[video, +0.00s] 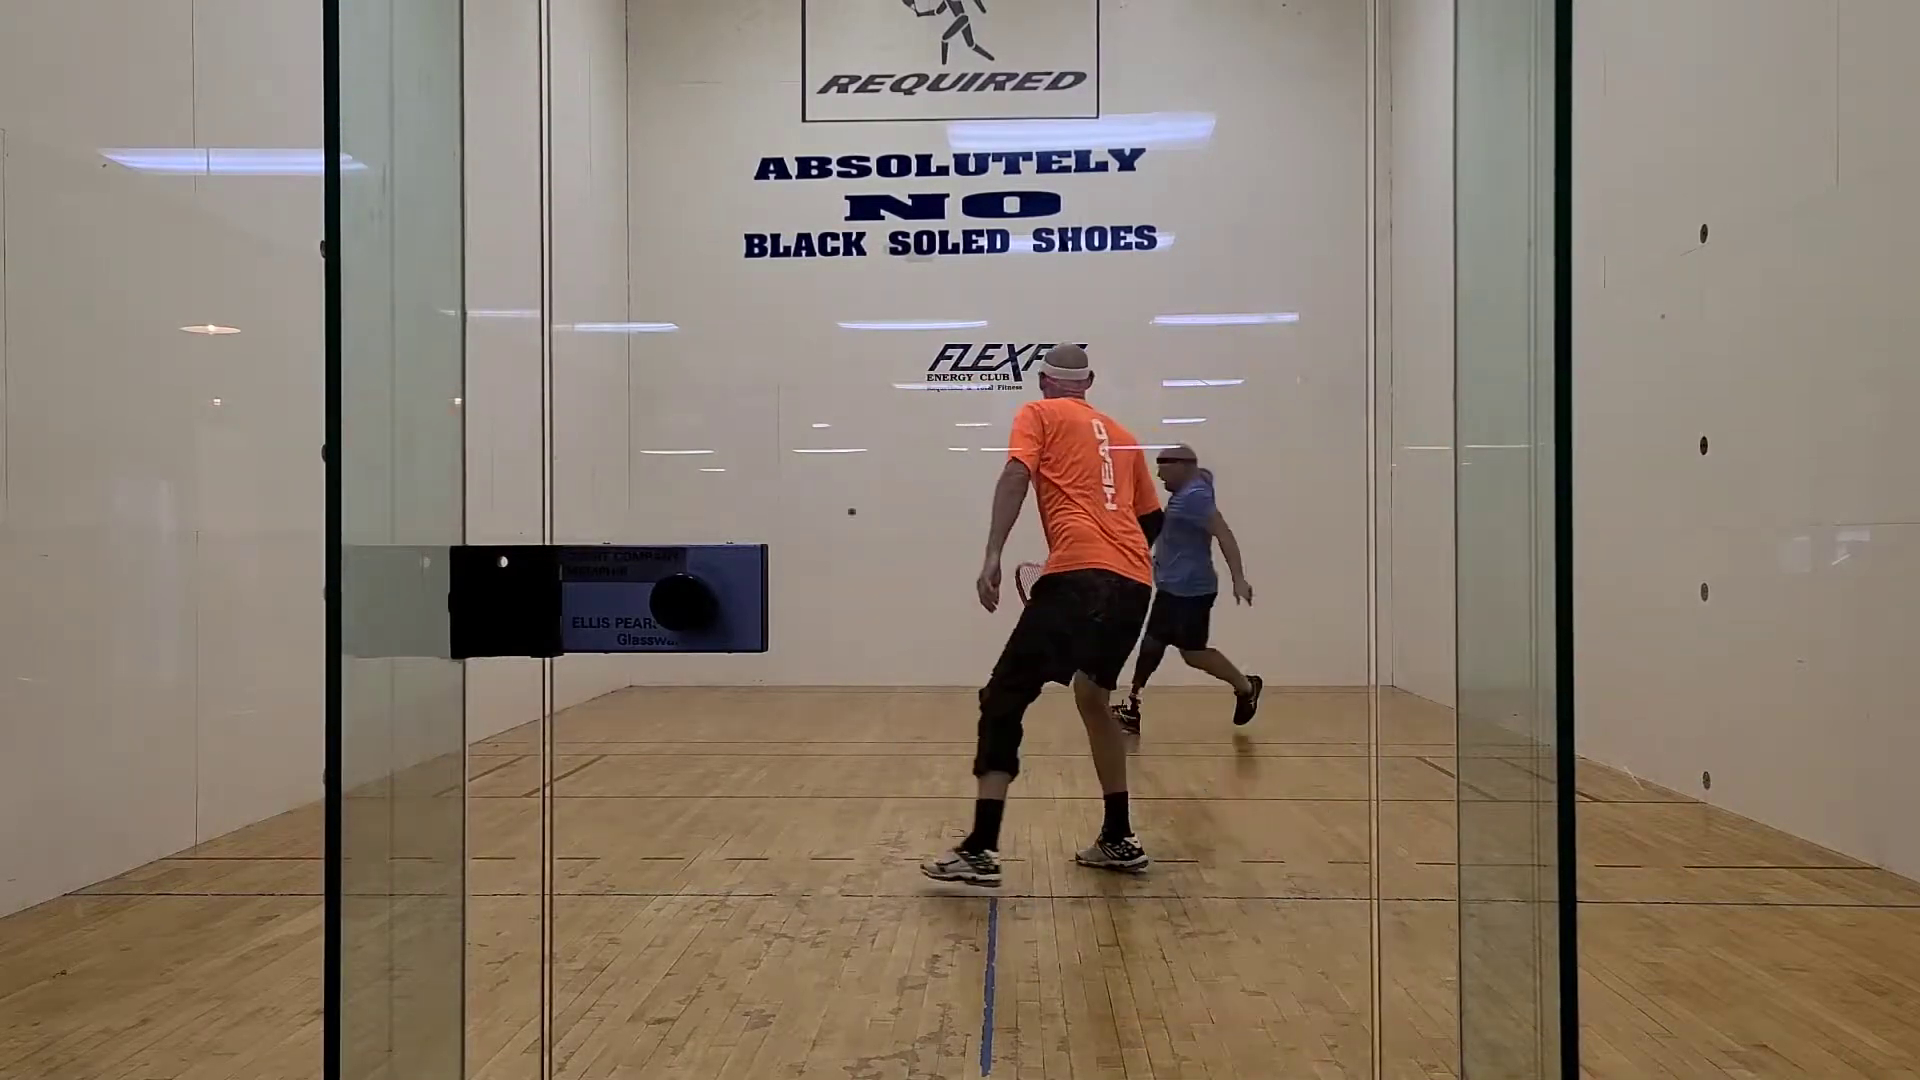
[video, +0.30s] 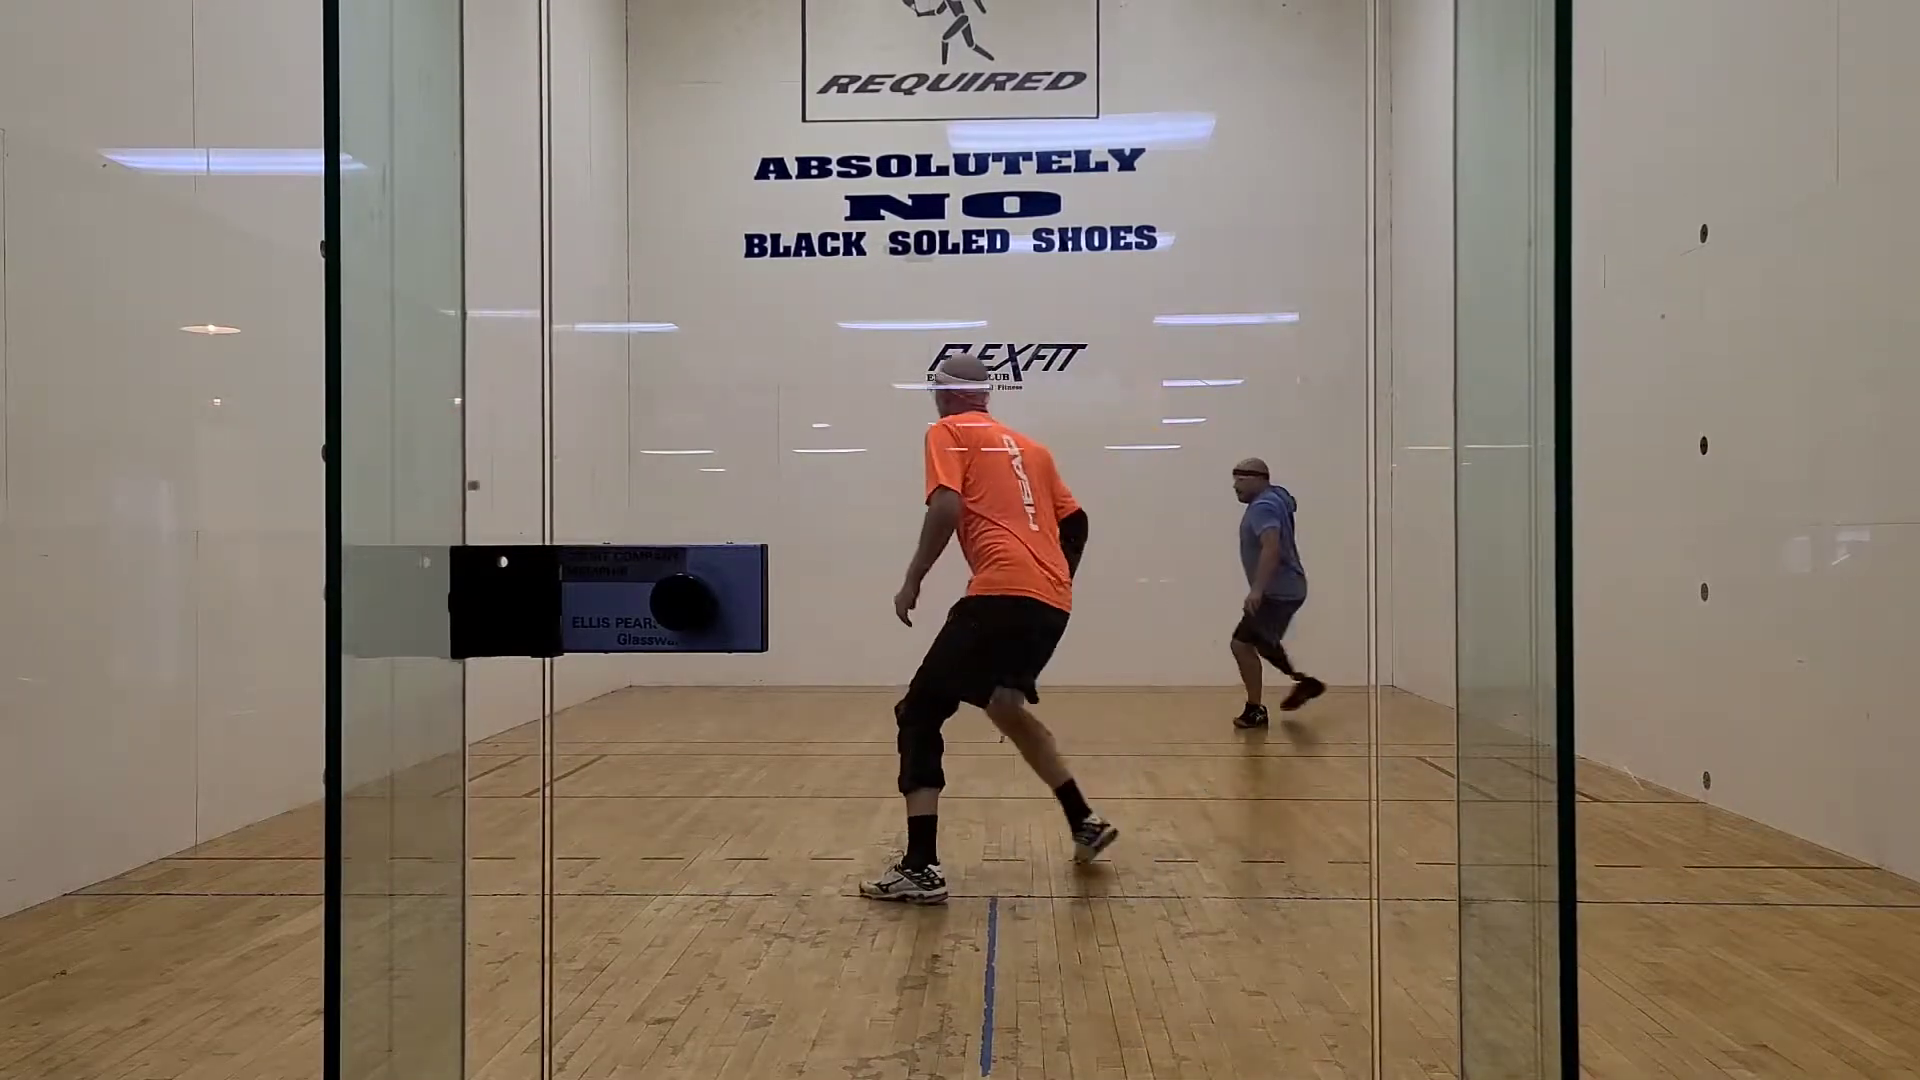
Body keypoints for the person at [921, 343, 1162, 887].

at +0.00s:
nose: (1042, 390)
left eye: (1042, 382)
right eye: (1048, 382)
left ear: (1044, 381)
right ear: (1088, 385)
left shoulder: (1039, 412)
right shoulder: (1123, 436)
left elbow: (1017, 474)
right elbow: (1152, 521)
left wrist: (992, 554)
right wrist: (1071, 561)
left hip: (1073, 578)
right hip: (1135, 586)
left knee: (1002, 701)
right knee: (1093, 694)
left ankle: (981, 849)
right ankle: (1120, 836)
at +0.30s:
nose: (937, 406)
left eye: (937, 396)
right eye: (940, 396)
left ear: (944, 396)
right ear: (986, 397)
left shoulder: (948, 431)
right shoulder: (1030, 447)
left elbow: (946, 508)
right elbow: (1075, 522)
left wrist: (913, 578)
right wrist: (1049, 590)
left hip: (997, 595)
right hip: (1052, 602)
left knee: (918, 714)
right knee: (1005, 703)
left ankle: (921, 866)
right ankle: (1084, 820)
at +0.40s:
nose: (892, 410)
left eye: (892, 398)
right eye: (892, 399)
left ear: (904, 393)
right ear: (942, 393)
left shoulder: (920, 428)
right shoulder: (991, 436)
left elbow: (934, 508)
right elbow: (1043, 508)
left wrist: (889, 578)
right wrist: (1003, 572)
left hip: (992, 591)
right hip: (1036, 593)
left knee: (913, 709)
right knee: (949, 699)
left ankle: (918, 863)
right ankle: (1004, 825)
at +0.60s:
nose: (836, 434)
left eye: (843, 423)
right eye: (837, 423)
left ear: (878, 421)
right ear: (881, 423)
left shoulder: (910, 458)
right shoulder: (913, 460)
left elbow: (922, 558)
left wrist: (874, 630)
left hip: (997, 618)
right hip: (969, 618)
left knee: (898, 720)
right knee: (879, 713)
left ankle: (957, 872)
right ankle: (889, 853)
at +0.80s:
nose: (900, 399)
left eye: (911, 387)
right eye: (894, 387)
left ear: (943, 386)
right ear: (892, 390)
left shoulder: (993, 442)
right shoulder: (911, 454)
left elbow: (1036, 523)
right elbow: (942, 533)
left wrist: (992, 604)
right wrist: (927, 605)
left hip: (1011, 621)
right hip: (946, 619)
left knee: (972, 738)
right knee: (891, 734)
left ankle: (1005, 884)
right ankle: (884, 842)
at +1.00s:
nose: (1000, 369)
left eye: (1013, 356)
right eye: (989, 358)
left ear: (1037, 365)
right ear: (976, 368)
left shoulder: (1078, 425)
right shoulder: (960, 443)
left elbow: (1114, 510)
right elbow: (946, 522)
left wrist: (1070, 561)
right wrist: (932, 594)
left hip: (1065, 625)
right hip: (986, 621)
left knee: (1033, 759)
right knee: (958, 738)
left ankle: (1011, 885)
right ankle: (911, 870)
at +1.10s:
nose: (1046, 360)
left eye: (1058, 350)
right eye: (1034, 349)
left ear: (1077, 361)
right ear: (1013, 361)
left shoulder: (1117, 419)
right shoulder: (985, 442)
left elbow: (1153, 502)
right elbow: (943, 522)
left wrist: (1135, 548)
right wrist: (930, 593)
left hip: (1103, 613)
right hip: (1025, 609)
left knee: (1075, 762)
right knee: (1013, 736)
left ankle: (1025, 877)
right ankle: (966, 903)